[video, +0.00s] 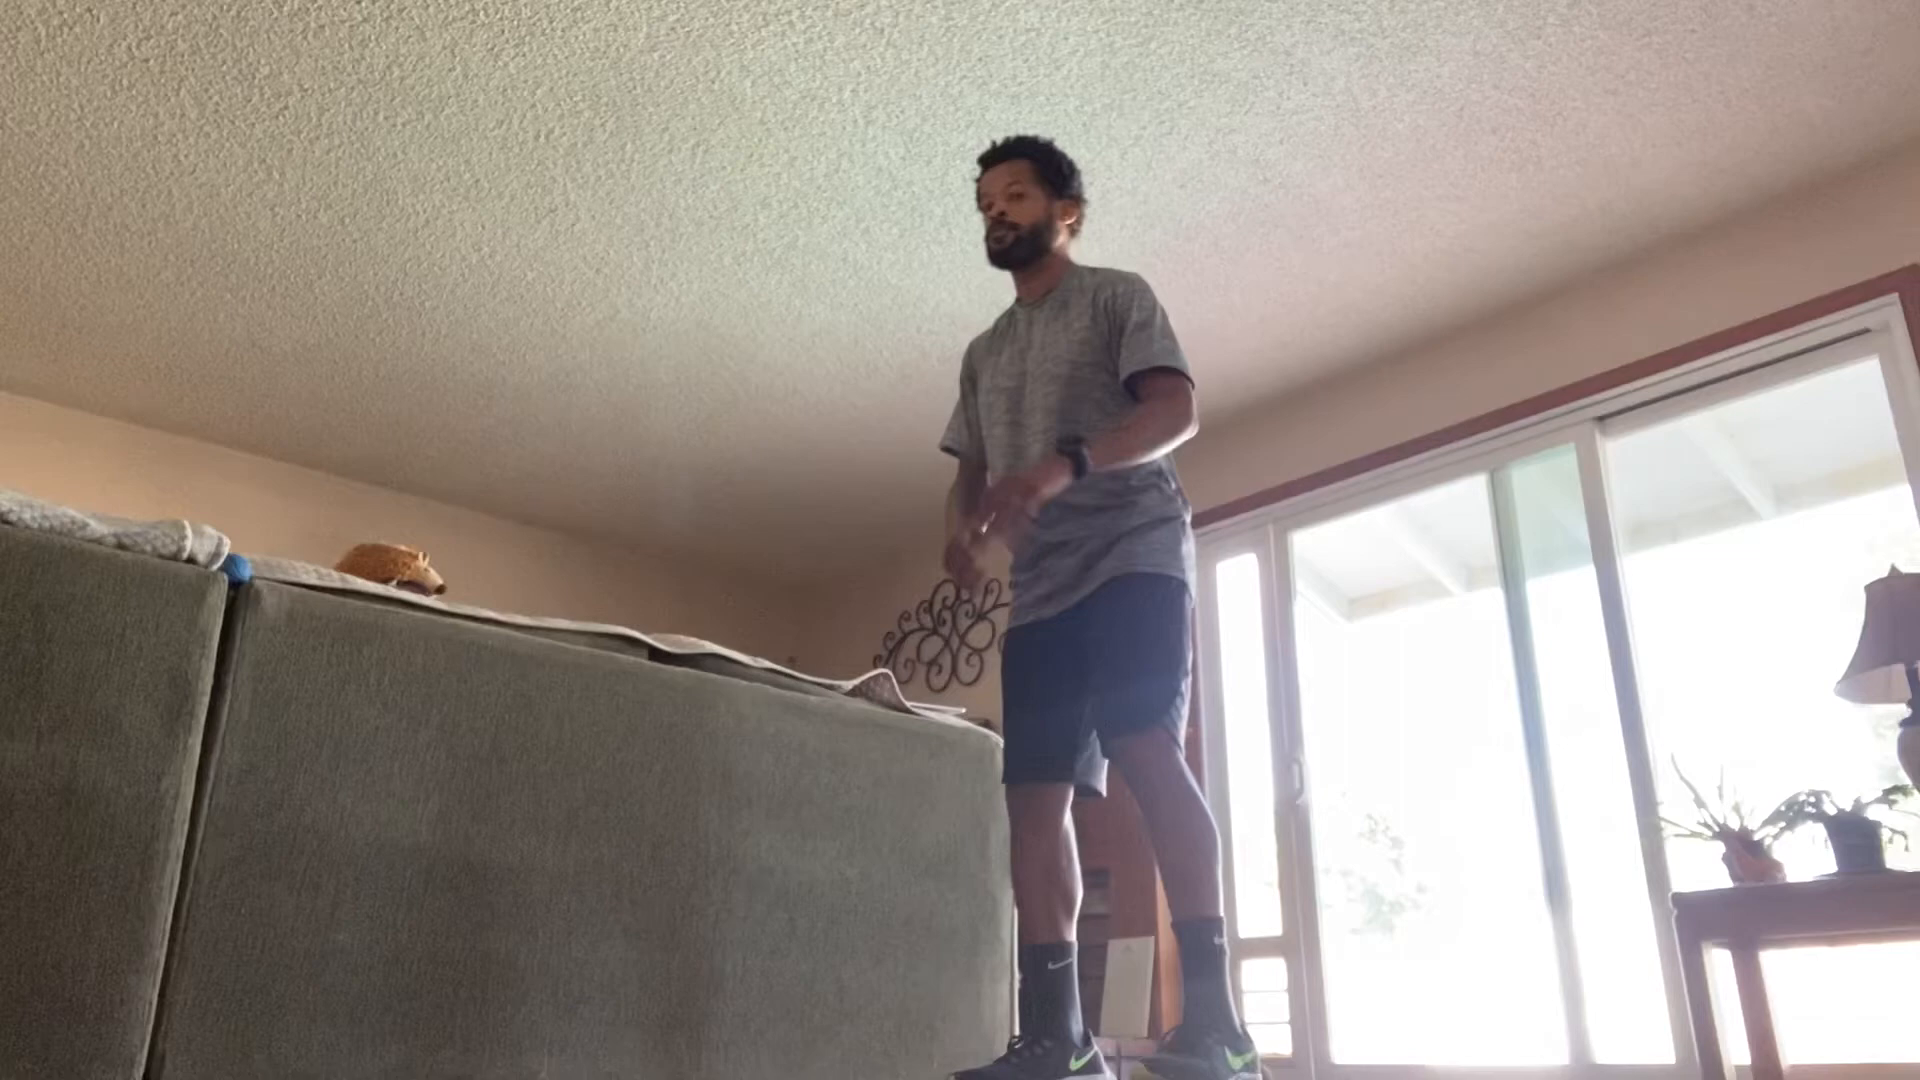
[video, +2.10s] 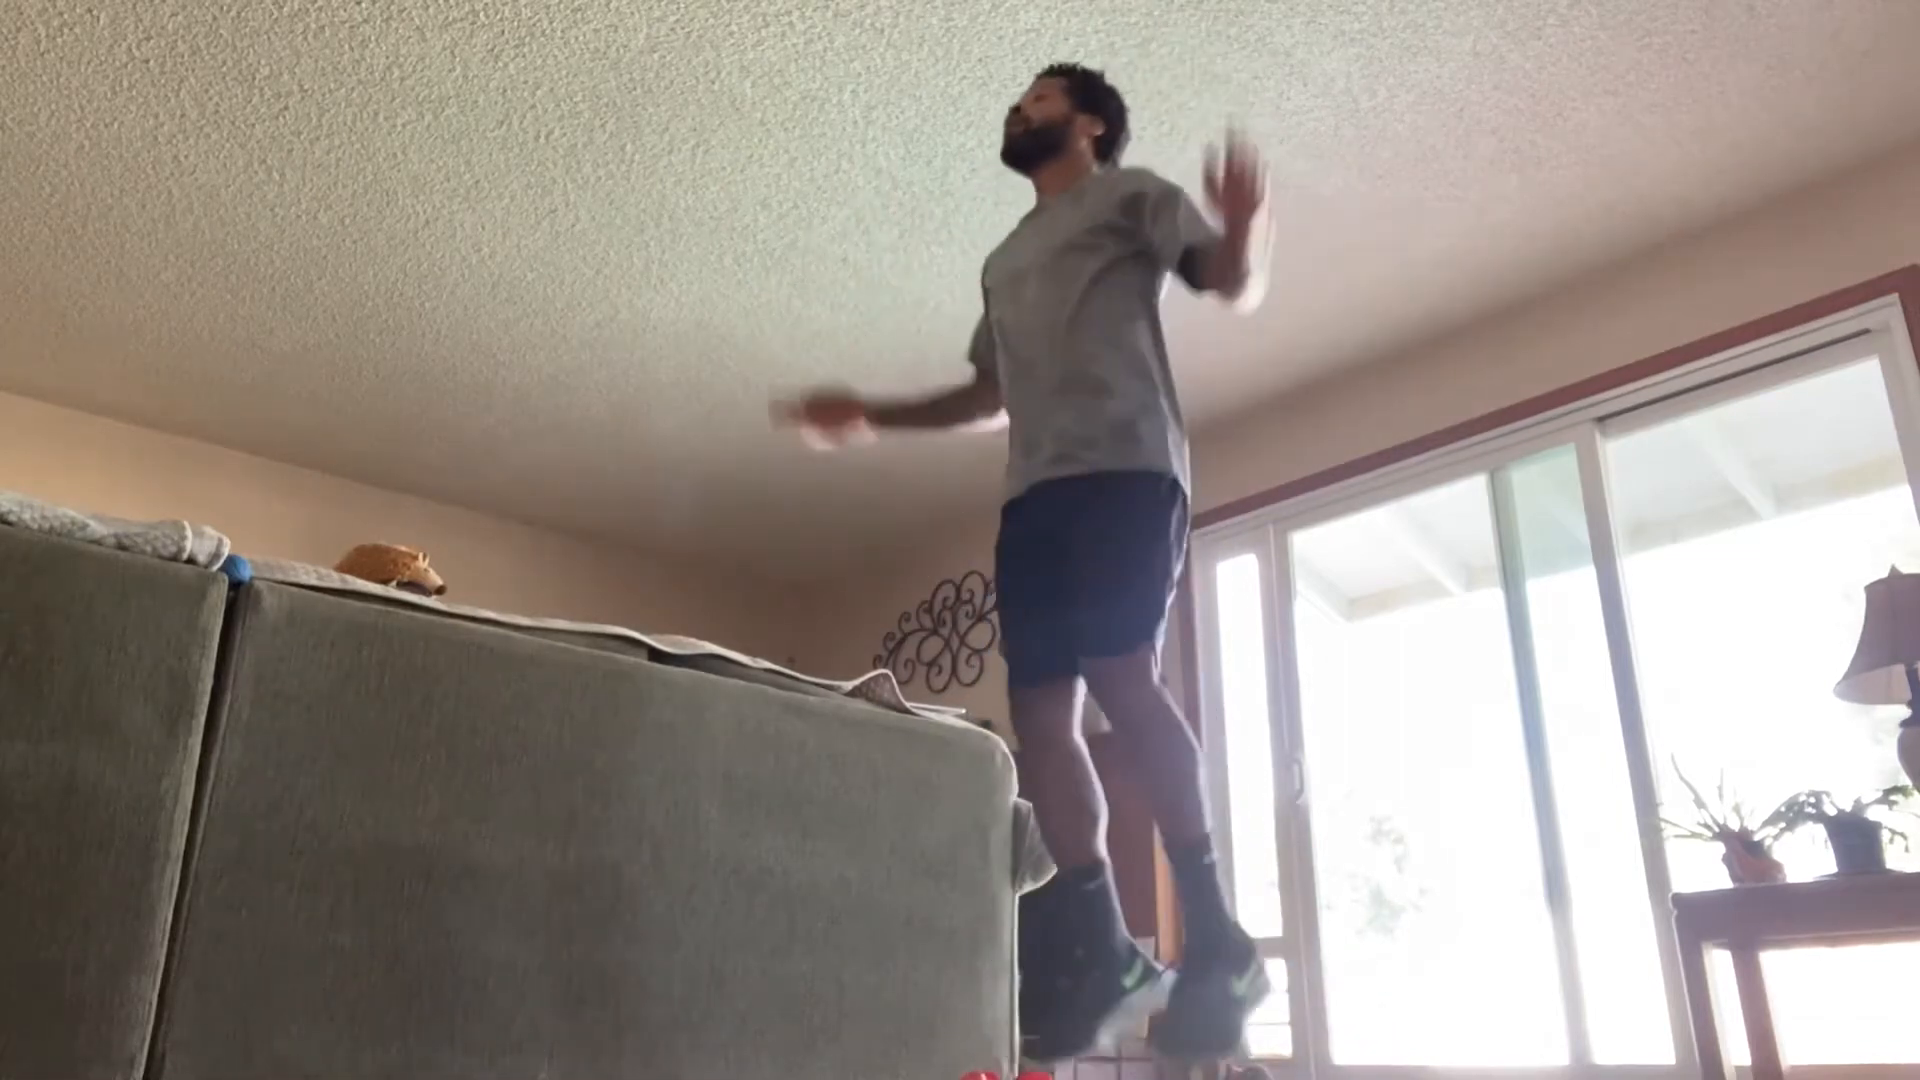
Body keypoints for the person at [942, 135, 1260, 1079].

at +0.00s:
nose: (995, 213)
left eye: (1014, 198)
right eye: (986, 204)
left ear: (1066, 211)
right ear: (981, 226)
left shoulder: (1117, 295)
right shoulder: (984, 354)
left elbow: (1173, 408)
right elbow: (970, 474)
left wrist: (1067, 463)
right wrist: (964, 528)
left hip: (1133, 554)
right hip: (1040, 584)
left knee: (1141, 745)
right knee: (1034, 792)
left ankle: (1210, 1017)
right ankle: (1052, 1032)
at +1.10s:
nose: (1000, 185)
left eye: (1024, 171)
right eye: (1001, 174)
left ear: (1077, 203)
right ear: (1012, 212)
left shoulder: (1125, 290)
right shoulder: (996, 352)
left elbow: (1179, 422)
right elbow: (991, 492)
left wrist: (1109, 481)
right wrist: (921, 550)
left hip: (1140, 568)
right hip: (1041, 590)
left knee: (1095, 753)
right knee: (1005, 768)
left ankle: (1200, 1020)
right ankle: (1067, 1027)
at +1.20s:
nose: (1014, 127)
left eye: (1036, 115)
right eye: (1014, 119)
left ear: (1088, 146)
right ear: (1026, 162)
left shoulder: (1125, 221)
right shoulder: (1002, 292)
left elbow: (1181, 297)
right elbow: (969, 425)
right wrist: (846, 421)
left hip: (1137, 504)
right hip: (1041, 535)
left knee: (1131, 709)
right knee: (1017, 736)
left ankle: (1217, 983)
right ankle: (1050, 990)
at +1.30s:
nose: (1028, 117)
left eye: (1052, 108)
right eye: (1026, 111)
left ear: (1103, 139)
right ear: (1029, 156)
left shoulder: (1136, 207)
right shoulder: (1011, 276)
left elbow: (1233, 204)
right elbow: (922, 377)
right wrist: (825, 301)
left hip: (1141, 493)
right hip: (1039, 519)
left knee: (1144, 693)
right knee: (1001, 726)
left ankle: (1280, 954)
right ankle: (1036, 974)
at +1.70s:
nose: (1029, 118)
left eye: (1051, 105)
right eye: (1029, 110)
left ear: (1103, 129)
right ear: (1045, 148)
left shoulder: (1138, 185)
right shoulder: (1012, 269)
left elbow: (1259, 227)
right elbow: (968, 404)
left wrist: (1239, 152)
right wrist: (850, 375)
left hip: (1140, 465)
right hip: (1044, 485)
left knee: (1137, 671)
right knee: (1021, 709)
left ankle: (1261, 932)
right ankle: (1078, 947)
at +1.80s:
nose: (1017, 130)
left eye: (1041, 119)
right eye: (1015, 123)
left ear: (1092, 149)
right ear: (1013, 164)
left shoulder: (1132, 220)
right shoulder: (1008, 288)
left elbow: (1236, 328)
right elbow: (1029, 430)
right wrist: (940, 476)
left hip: (1133, 487)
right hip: (1043, 503)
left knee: (1115, 709)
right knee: (1042, 738)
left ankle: (1215, 959)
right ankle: (1127, 964)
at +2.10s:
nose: (1017, 103)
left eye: (1040, 92)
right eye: (1017, 97)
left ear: (1092, 123)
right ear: (1030, 138)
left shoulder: (1130, 195)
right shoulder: (1004, 260)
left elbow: (1228, 281)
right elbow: (989, 395)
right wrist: (868, 413)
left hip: (1127, 467)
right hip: (1034, 486)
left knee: (1126, 690)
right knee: (1043, 726)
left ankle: (1216, 945)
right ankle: (1100, 947)